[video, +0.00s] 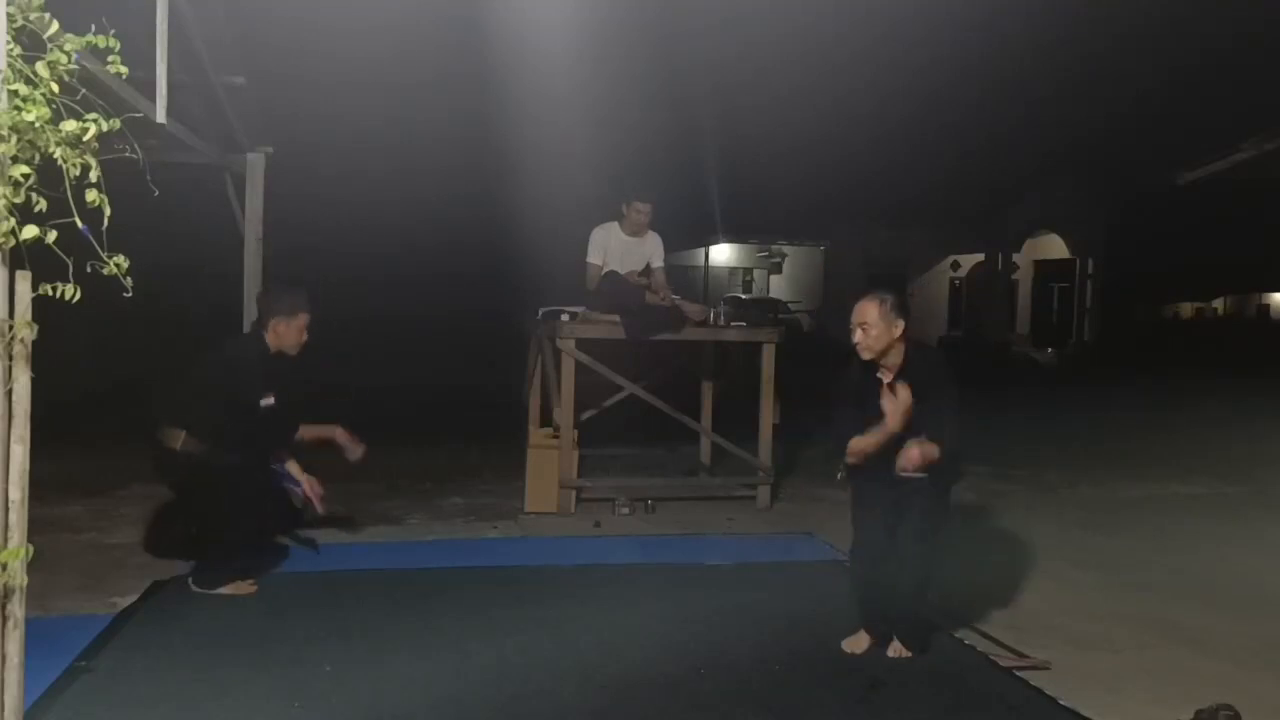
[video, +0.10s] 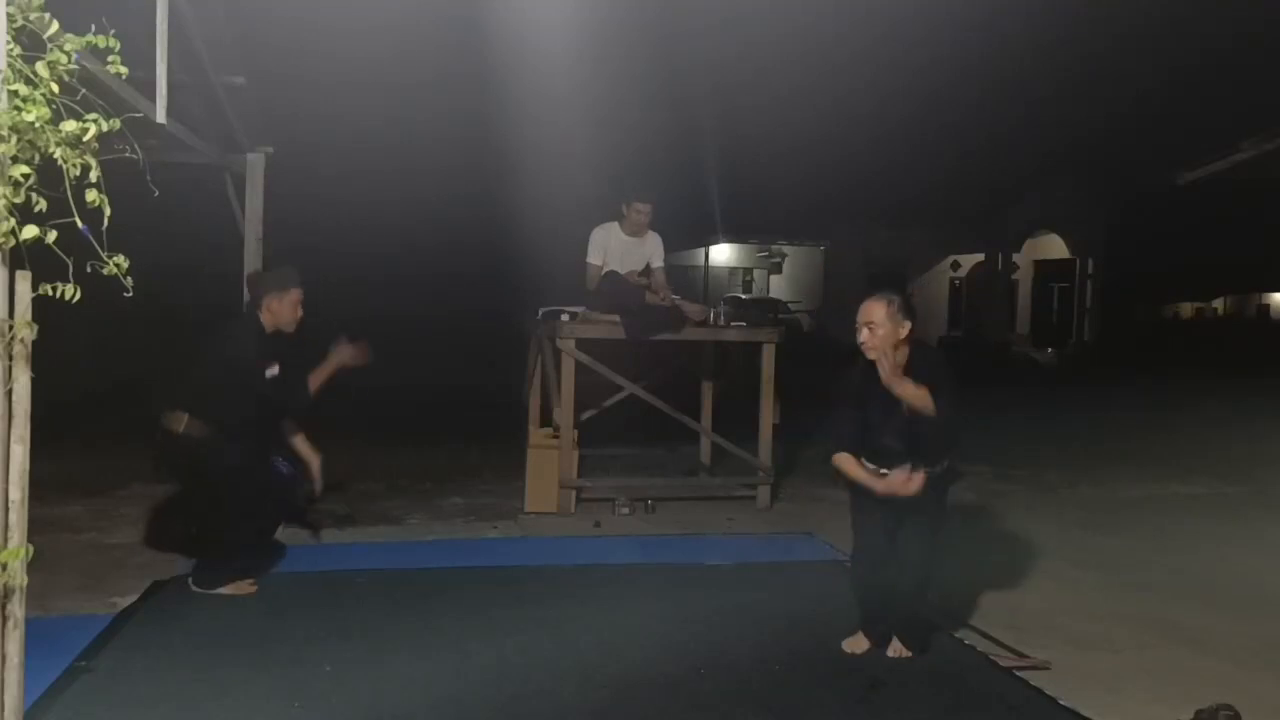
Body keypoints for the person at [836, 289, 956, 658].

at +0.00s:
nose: (857, 338)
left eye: (866, 327)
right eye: (854, 328)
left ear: (897, 328)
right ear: (851, 330)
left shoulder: (930, 369)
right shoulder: (855, 375)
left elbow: (949, 438)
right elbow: (848, 452)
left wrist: (924, 454)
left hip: (919, 484)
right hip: (869, 482)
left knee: (913, 557)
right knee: (868, 552)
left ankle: (909, 633)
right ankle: (871, 626)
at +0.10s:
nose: (862, 336)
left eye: (872, 327)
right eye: (859, 327)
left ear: (902, 330)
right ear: (856, 330)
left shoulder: (929, 367)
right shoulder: (855, 375)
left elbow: (947, 409)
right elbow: (837, 451)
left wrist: (897, 385)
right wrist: (880, 484)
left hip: (920, 478)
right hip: (868, 477)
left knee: (913, 556)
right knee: (867, 553)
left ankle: (909, 630)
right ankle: (871, 627)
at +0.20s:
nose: (874, 311)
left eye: (883, 302)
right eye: (869, 303)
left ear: (911, 306)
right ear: (863, 307)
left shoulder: (937, 343)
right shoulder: (856, 352)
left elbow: (922, 362)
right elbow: (821, 423)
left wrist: (863, 325)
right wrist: (819, 493)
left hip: (922, 472)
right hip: (869, 467)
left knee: (915, 554)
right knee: (868, 551)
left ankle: (908, 630)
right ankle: (872, 626)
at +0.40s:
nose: (875, 233)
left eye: (886, 225)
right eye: (873, 226)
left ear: (916, 234)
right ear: (869, 235)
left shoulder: (939, 278)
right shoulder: (858, 284)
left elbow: (907, 296)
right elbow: (798, 298)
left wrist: (842, 287)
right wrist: (734, 288)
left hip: (922, 421)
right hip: (864, 418)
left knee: (912, 523)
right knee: (864, 521)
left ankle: (901, 623)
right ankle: (868, 619)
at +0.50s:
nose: (878, 218)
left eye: (889, 211)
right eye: (876, 211)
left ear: (917, 221)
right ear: (872, 219)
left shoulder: (936, 265)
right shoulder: (859, 264)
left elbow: (897, 289)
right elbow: (786, 276)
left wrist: (829, 286)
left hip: (917, 408)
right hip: (862, 405)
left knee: (906, 511)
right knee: (863, 509)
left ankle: (899, 618)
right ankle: (869, 613)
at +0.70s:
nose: (880, 220)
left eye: (892, 212)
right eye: (878, 213)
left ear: (921, 222)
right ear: (876, 223)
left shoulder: (939, 269)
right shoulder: (864, 272)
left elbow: (898, 281)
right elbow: (804, 281)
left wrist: (837, 274)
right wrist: (760, 247)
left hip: (914, 413)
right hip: (859, 410)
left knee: (904, 516)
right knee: (857, 512)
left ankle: (896, 622)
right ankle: (868, 616)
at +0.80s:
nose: (879, 220)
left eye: (891, 212)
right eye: (877, 214)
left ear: (920, 221)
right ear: (874, 223)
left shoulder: (939, 267)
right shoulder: (857, 271)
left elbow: (896, 277)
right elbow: (800, 299)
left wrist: (833, 267)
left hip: (915, 413)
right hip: (856, 410)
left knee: (905, 516)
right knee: (853, 513)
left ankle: (896, 623)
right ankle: (867, 615)